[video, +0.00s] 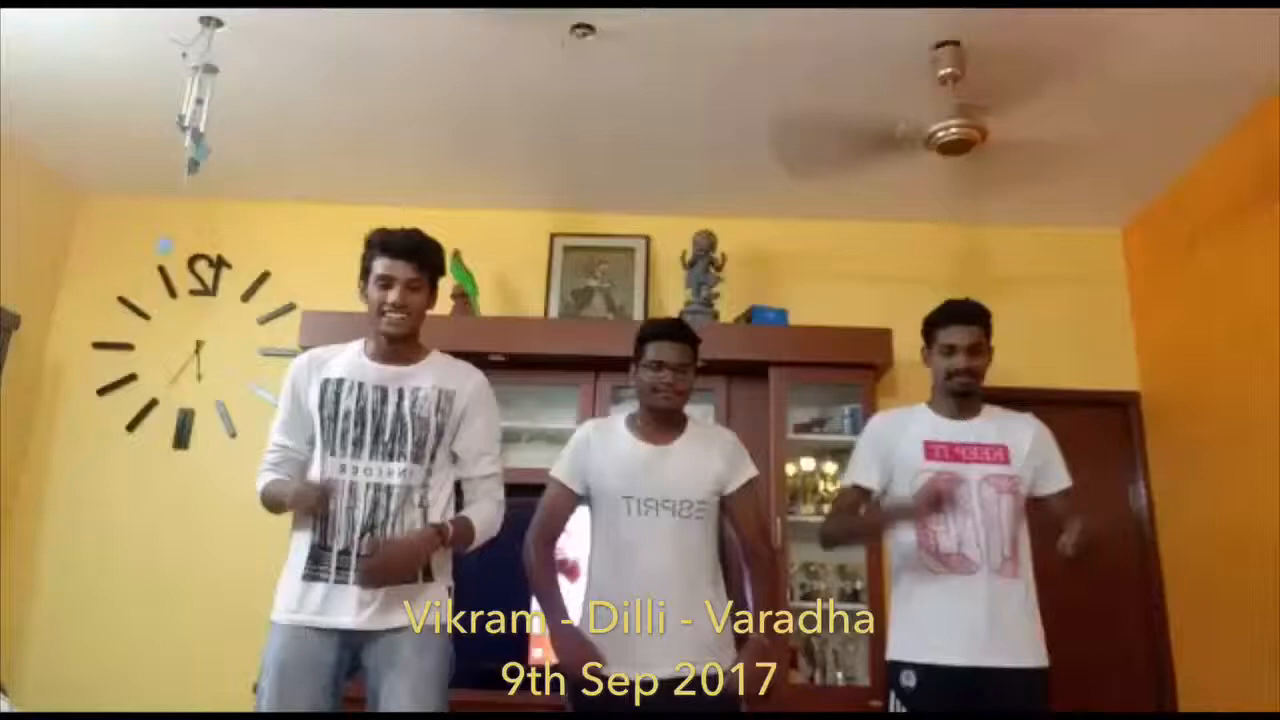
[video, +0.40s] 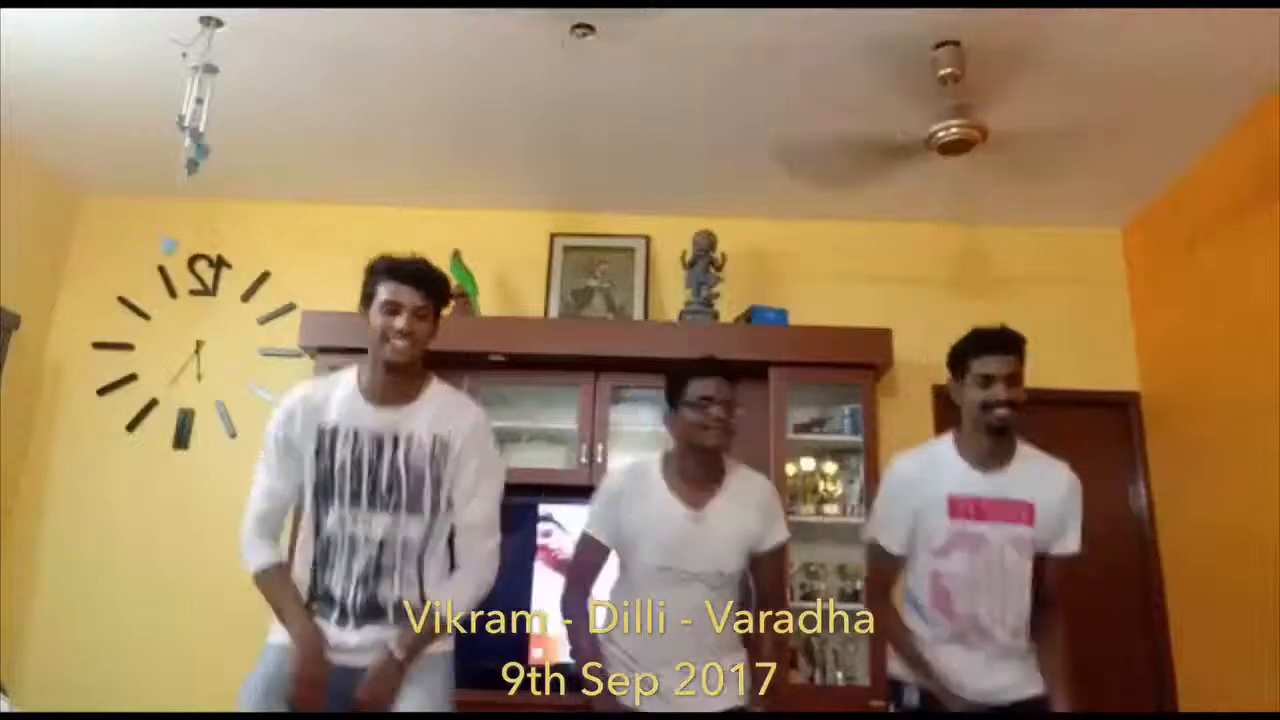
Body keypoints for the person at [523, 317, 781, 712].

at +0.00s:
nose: (668, 379)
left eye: (680, 369)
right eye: (656, 367)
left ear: (694, 377)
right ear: (634, 373)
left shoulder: (721, 447)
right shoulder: (592, 441)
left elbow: (761, 552)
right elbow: (537, 543)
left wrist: (765, 637)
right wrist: (562, 633)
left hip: (701, 675)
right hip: (608, 676)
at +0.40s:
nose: (717, 414)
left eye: (726, 405)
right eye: (702, 403)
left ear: (735, 416)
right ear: (671, 419)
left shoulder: (758, 495)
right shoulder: (626, 487)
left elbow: (773, 613)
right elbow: (574, 592)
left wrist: (763, 697)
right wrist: (595, 681)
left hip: (721, 697)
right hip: (631, 693)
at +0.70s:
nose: (770, 343)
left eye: (774, 335)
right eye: (754, 331)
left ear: (777, 347)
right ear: (711, 341)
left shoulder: (780, 426)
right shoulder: (670, 404)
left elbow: (794, 536)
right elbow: (627, 501)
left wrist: (873, 600)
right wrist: (587, 563)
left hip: (797, 629)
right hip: (705, 627)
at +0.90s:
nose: (797, 425)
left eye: (802, 414)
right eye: (785, 410)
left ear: (803, 420)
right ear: (737, 409)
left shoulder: (796, 500)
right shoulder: (686, 477)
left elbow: (829, 620)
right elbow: (646, 595)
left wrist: (905, 690)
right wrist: (561, 658)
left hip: (825, 694)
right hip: (736, 688)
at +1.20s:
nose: (748, 327)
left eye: (762, 318)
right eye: (735, 318)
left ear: (784, 337)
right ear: (717, 335)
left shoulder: (813, 417)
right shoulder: (679, 405)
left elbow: (840, 531)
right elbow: (610, 516)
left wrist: (876, 621)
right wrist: (632, 596)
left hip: (794, 651)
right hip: (693, 647)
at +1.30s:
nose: (729, 354)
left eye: (740, 343)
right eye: (715, 343)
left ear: (761, 358)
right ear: (698, 360)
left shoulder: (807, 454)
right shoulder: (664, 454)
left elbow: (831, 579)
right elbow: (614, 579)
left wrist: (835, 678)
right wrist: (625, 680)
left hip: (779, 688)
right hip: (677, 688)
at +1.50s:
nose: (662, 359)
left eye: (681, 350)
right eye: (661, 350)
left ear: (721, 368)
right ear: (653, 360)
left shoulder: (757, 451)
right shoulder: (632, 455)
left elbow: (800, 575)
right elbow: (602, 563)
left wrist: (772, 676)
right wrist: (572, 648)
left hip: (721, 690)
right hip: (628, 683)